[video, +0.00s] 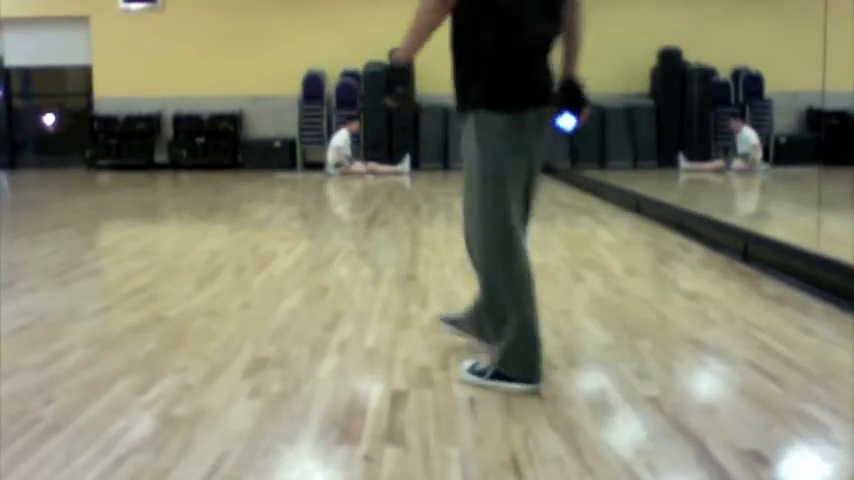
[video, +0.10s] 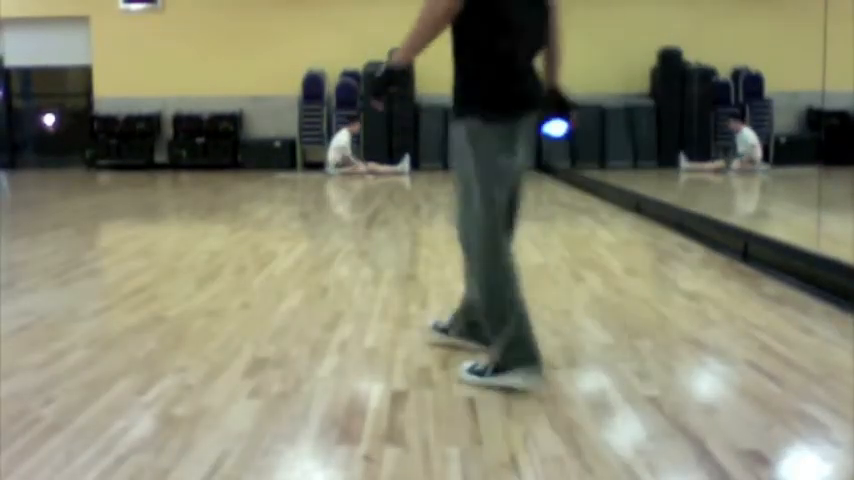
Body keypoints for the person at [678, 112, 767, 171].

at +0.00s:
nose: (730, 127)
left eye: (732, 124)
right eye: (730, 124)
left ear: (738, 122)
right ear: (734, 123)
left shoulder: (747, 133)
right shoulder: (740, 133)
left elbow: (757, 149)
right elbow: (741, 150)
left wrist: (750, 165)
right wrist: (738, 160)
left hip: (748, 164)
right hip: (741, 161)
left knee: (721, 164)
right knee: (719, 163)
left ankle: (688, 166)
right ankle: (688, 165)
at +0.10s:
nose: (729, 127)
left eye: (730, 124)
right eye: (729, 124)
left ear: (736, 123)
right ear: (736, 123)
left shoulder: (745, 134)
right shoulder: (741, 133)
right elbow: (742, 151)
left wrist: (739, 163)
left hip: (750, 163)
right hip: (745, 161)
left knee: (721, 164)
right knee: (719, 163)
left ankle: (688, 166)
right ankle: (688, 165)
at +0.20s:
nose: (728, 128)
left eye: (729, 125)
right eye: (727, 125)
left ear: (735, 123)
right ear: (736, 123)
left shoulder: (743, 134)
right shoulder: (740, 133)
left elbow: (740, 151)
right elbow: (739, 150)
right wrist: (728, 158)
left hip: (752, 163)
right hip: (747, 160)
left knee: (721, 165)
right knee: (719, 164)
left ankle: (689, 165)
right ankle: (689, 166)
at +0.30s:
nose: (727, 127)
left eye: (728, 124)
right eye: (727, 124)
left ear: (734, 123)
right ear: (737, 123)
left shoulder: (742, 135)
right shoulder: (743, 132)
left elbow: (738, 148)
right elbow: (737, 148)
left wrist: (722, 156)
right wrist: (723, 155)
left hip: (753, 163)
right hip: (751, 161)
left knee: (721, 165)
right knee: (721, 164)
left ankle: (689, 165)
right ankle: (690, 166)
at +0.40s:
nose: (726, 128)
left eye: (727, 125)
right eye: (725, 126)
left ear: (733, 124)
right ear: (736, 124)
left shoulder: (740, 136)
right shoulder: (743, 132)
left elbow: (728, 148)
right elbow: (730, 147)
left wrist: (711, 155)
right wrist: (714, 153)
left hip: (751, 163)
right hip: (750, 161)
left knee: (722, 165)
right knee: (720, 164)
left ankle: (690, 166)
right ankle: (690, 166)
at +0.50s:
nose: (725, 129)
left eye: (726, 126)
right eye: (724, 126)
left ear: (733, 125)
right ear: (734, 124)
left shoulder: (738, 135)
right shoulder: (740, 132)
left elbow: (724, 147)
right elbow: (726, 146)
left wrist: (710, 152)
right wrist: (712, 151)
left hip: (751, 163)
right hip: (742, 161)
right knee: (718, 165)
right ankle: (690, 166)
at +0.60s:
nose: (722, 129)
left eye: (723, 126)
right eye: (721, 126)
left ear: (730, 124)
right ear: (731, 124)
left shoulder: (736, 133)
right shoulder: (735, 131)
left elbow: (718, 146)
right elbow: (718, 145)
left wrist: (697, 150)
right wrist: (699, 150)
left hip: (750, 162)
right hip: (740, 160)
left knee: (734, 166)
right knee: (718, 165)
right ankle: (690, 166)